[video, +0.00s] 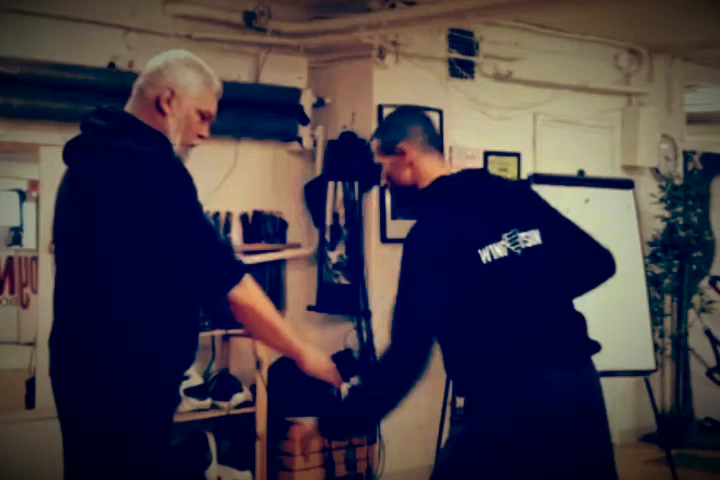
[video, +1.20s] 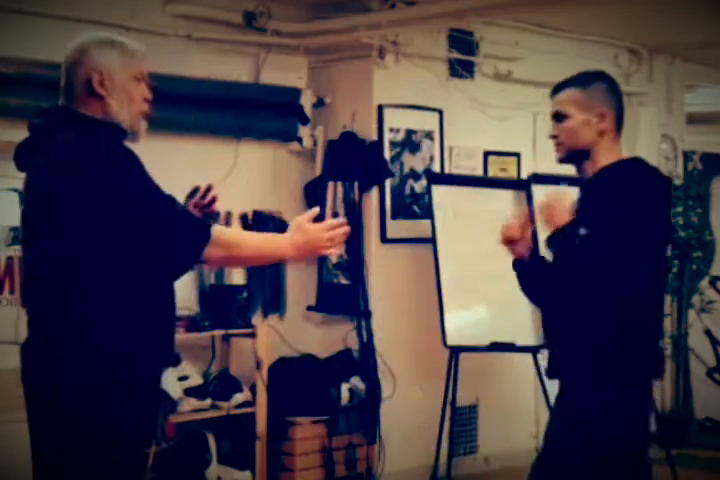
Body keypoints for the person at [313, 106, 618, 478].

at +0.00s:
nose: (386, 178)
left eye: (384, 165)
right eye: (382, 167)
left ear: (405, 152)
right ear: (431, 146)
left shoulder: (430, 232)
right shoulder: (513, 192)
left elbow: (408, 356)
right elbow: (598, 263)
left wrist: (331, 424)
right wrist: (533, 296)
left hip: (498, 407)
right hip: (576, 393)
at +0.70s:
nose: (428, 163)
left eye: (431, 147)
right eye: (425, 150)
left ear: (464, 136)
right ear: (474, 136)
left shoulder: (483, 226)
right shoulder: (552, 200)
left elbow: (429, 337)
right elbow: (605, 290)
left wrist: (344, 404)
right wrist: (536, 324)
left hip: (525, 407)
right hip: (590, 395)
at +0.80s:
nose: (463, 150)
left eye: (469, 137)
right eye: (463, 139)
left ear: (505, 134)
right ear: (506, 134)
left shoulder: (516, 220)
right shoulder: (570, 196)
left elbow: (464, 332)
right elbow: (607, 306)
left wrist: (372, 409)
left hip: (545, 412)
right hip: (603, 403)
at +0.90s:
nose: (495, 144)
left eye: (503, 130)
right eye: (497, 131)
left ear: (541, 130)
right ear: (544, 130)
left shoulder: (546, 215)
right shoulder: (597, 195)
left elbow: (500, 341)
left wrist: (410, 385)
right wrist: (515, 299)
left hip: (566, 405)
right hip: (624, 396)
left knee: (528, 473)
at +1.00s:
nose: (523, 135)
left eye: (531, 122)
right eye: (524, 123)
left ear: (569, 124)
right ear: (567, 126)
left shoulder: (579, 203)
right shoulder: (615, 187)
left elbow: (557, 336)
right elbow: (589, 295)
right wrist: (527, 290)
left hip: (584, 402)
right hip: (625, 394)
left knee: (549, 472)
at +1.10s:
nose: (542, 131)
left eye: (551, 117)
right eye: (542, 119)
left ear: (590, 121)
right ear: (586, 123)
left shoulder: (606, 186)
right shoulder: (622, 181)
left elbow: (572, 313)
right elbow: (581, 300)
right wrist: (526, 276)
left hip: (597, 387)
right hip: (620, 381)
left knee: (552, 473)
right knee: (617, 472)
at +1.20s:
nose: (551, 132)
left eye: (561, 118)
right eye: (552, 120)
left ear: (602, 122)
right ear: (598, 124)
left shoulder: (637, 186)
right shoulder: (587, 194)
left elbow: (602, 293)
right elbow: (559, 298)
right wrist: (526, 258)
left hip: (611, 379)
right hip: (588, 377)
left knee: (552, 472)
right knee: (617, 472)